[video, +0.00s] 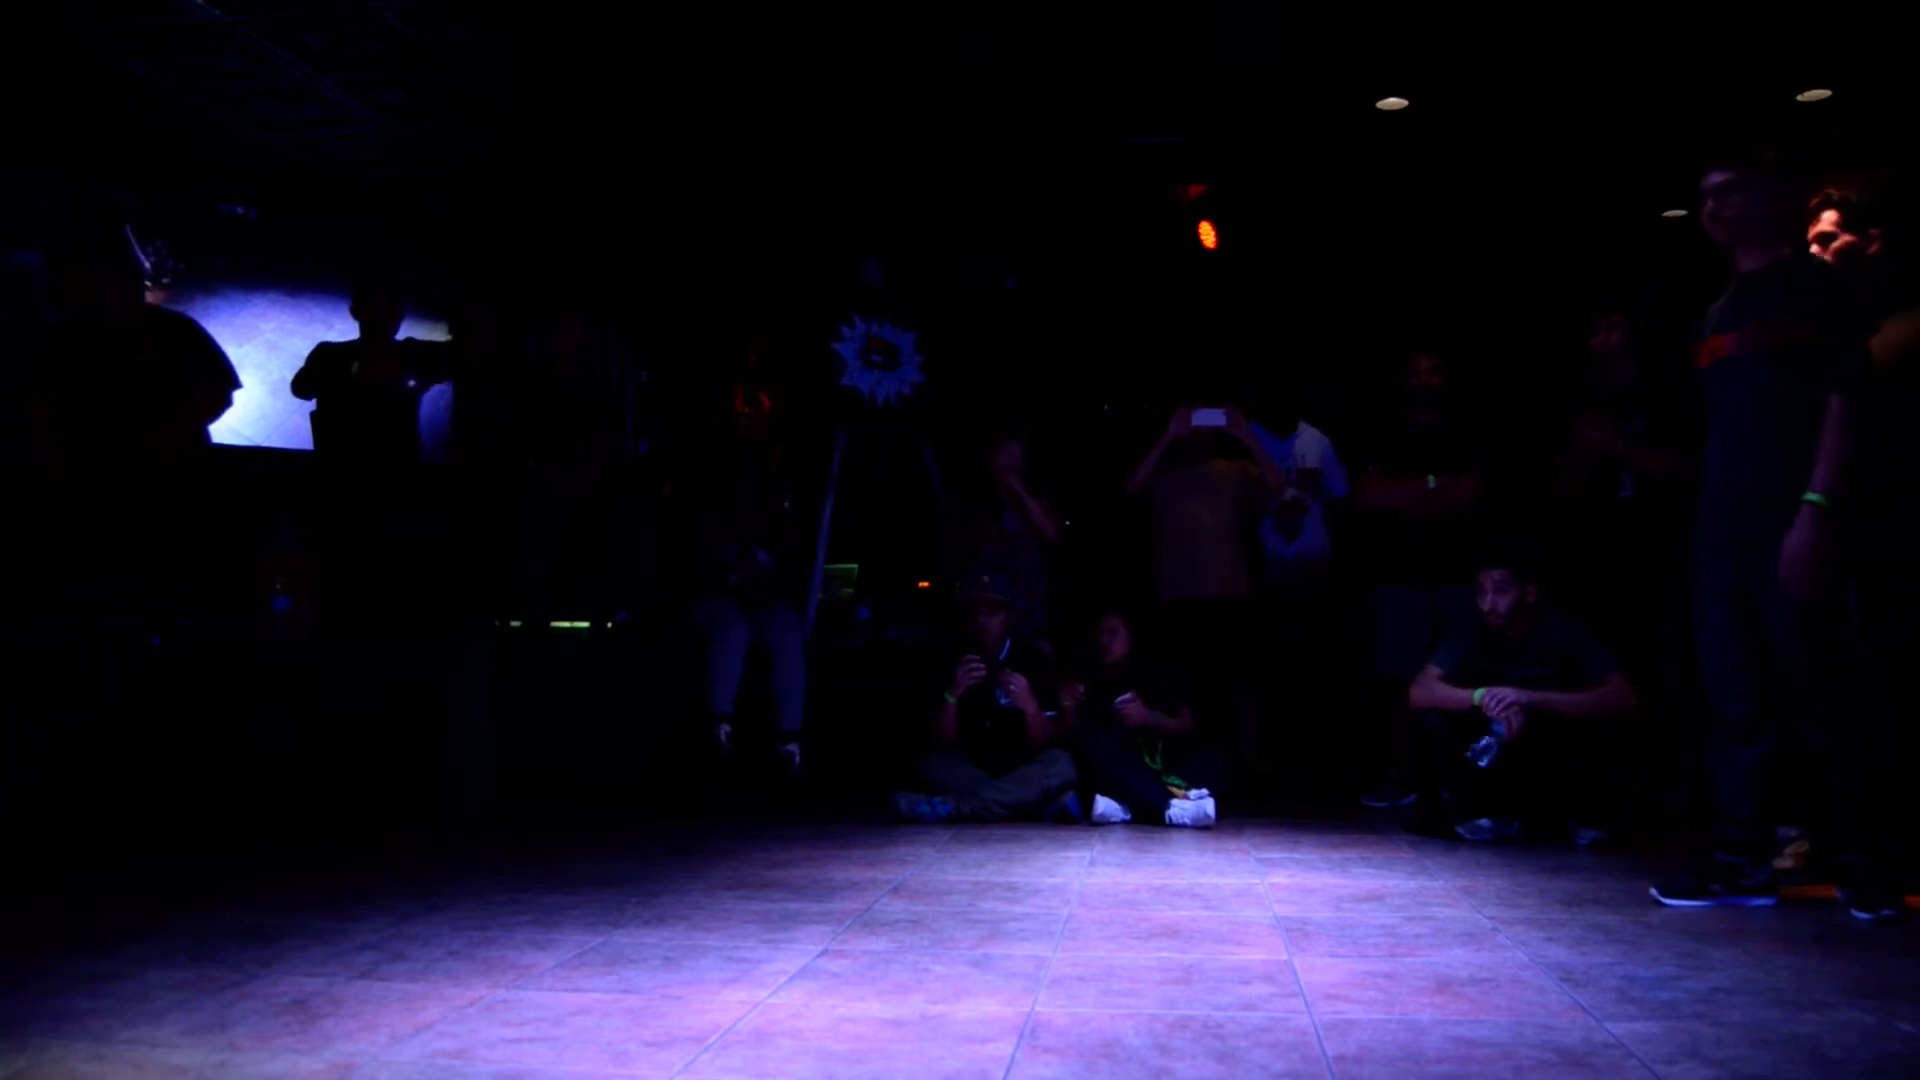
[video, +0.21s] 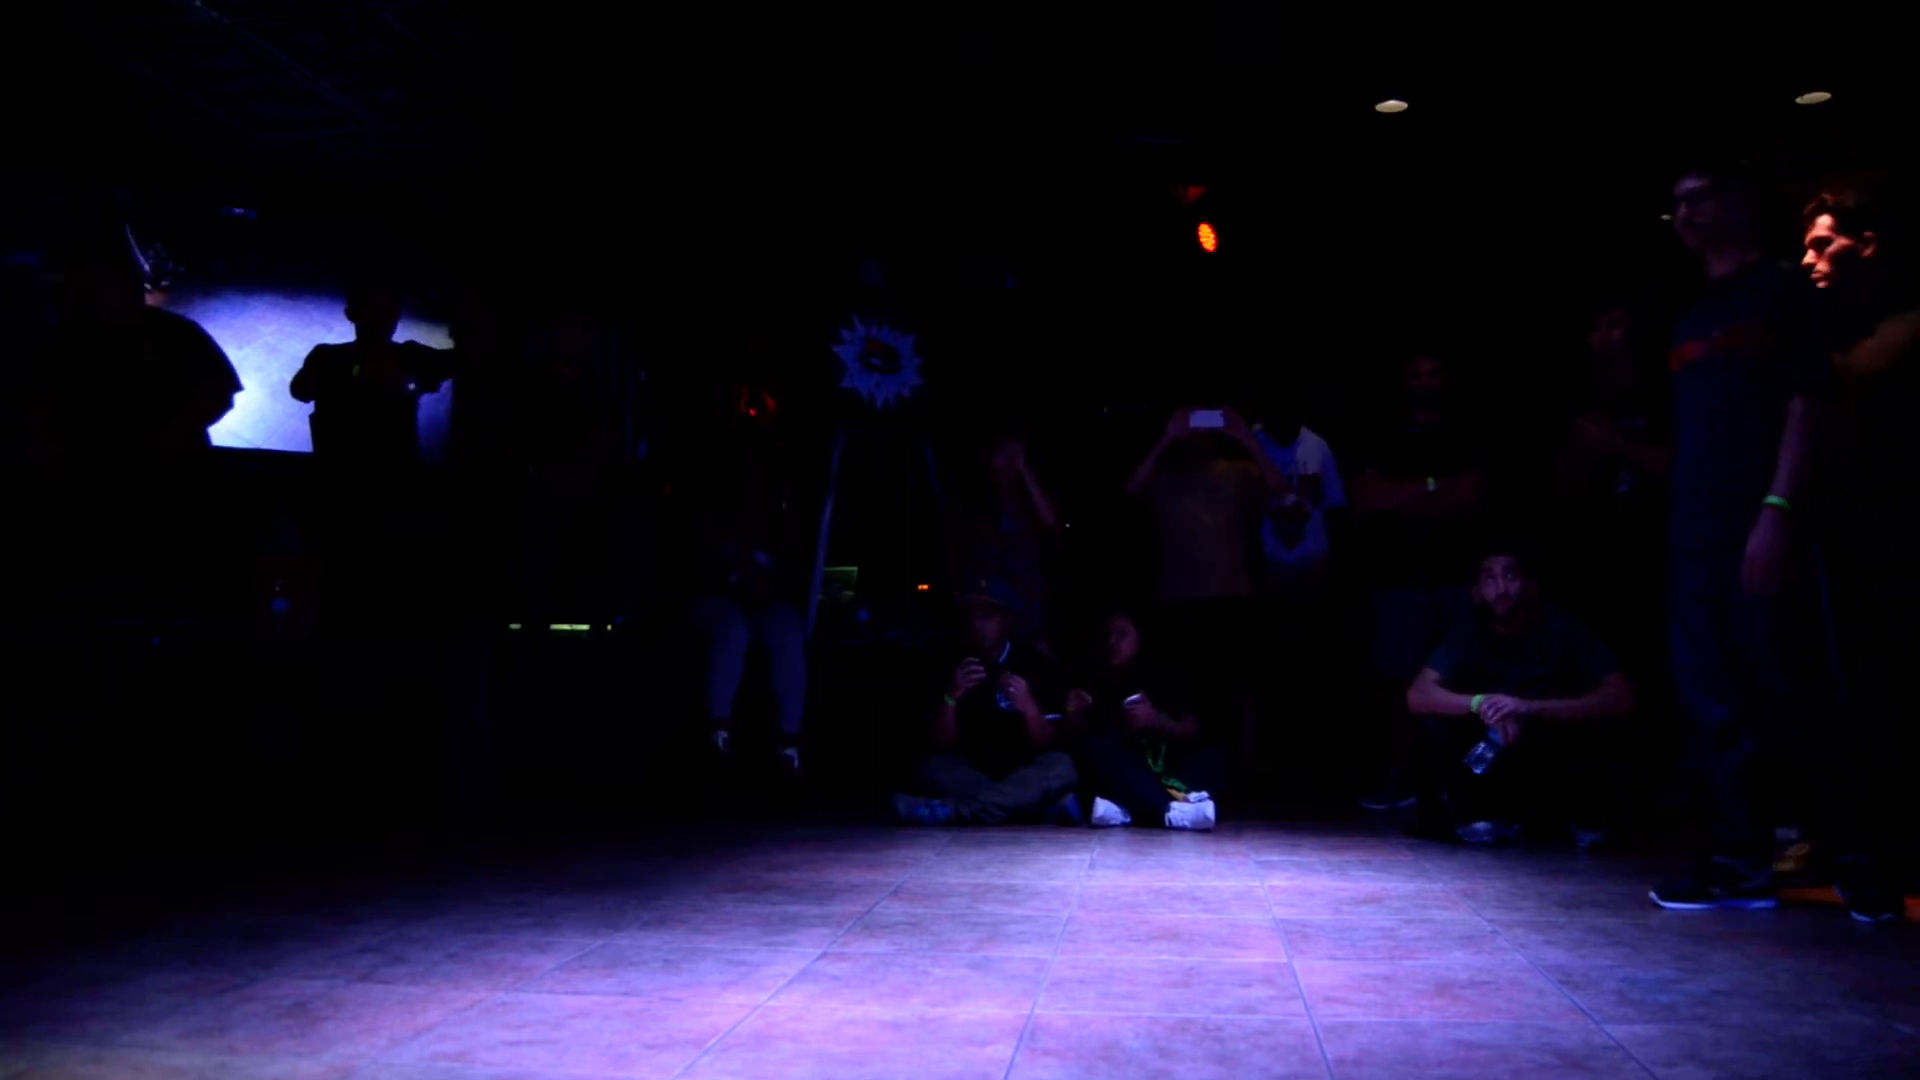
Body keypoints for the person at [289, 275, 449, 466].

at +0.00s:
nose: (382, 319)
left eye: (390, 309)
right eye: (373, 308)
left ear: (400, 313)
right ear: (355, 311)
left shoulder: (411, 354)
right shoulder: (329, 355)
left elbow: (459, 354)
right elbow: (300, 389)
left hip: (399, 458)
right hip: (341, 458)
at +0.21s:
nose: (380, 320)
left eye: (387, 311)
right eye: (371, 310)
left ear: (397, 314)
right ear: (351, 314)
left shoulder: (408, 356)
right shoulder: (327, 357)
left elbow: (458, 361)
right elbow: (299, 390)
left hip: (396, 460)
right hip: (339, 461)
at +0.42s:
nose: (388, 327)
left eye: (395, 318)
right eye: (380, 317)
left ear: (405, 321)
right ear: (361, 321)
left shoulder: (417, 362)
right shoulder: (335, 360)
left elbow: (461, 371)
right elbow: (305, 389)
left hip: (405, 463)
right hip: (346, 463)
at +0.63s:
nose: (389, 324)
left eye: (396, 313)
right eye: (382, 313)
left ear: (407, 317)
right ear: (364, 318)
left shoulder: (422, 360)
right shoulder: (340, 356)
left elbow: (466, 353)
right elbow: (308, 385)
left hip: (408, 461)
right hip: (349, 462)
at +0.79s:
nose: (411, 326)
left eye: (418, 316)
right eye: (403, 315)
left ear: (429, 318)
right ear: (386, 318)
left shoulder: (440, 357)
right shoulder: (363, 356)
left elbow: (481, 341)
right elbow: (333, 385)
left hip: (428, 458)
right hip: (372, 458)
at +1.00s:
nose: (444, 325)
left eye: (451, 315)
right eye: (436, 315)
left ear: (461, 317)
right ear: (419, 317)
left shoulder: (474, 357)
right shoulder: (397, 355)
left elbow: (515, 349)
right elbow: (368, 386)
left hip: (461, 456)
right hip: (406, 457)